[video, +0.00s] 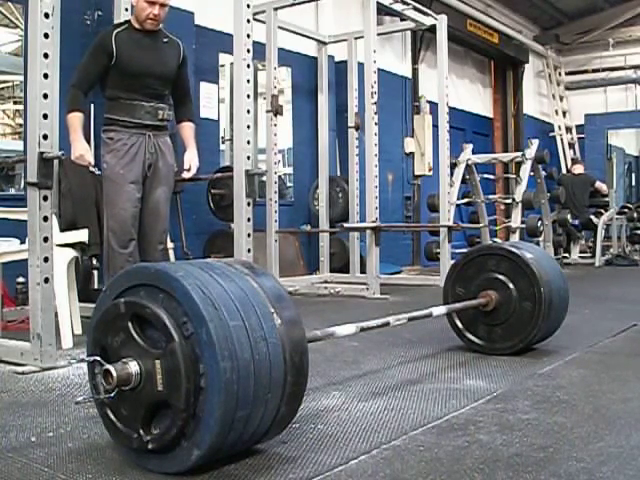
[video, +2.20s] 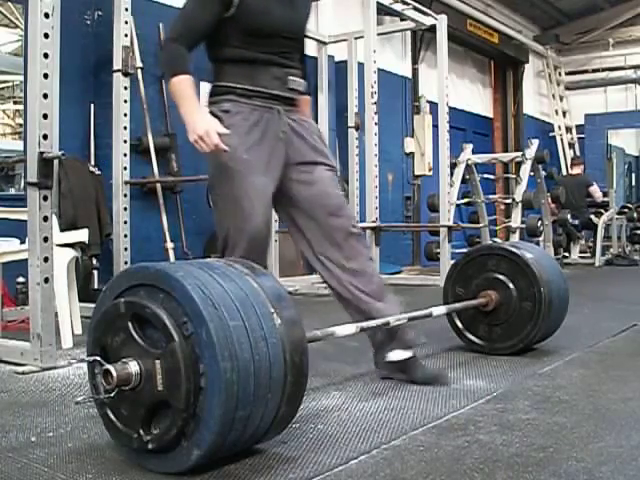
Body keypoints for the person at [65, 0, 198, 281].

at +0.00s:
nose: (156, 11)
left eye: (162, 6)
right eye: (149, 4)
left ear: (167, 9)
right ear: (134, 3)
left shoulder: (175, 48)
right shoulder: (112, 39)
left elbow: (183, 103)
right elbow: (77, 91)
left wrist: (191, 148)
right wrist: (77, 141)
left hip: (162, 143)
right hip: (122, 141)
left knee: (157, 232)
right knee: (122, 230)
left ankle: (159, 305)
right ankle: (121, 306)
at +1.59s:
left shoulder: (211, 23)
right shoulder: (136, 11)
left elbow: (220, 80)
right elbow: (90, 67)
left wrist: (238, 136)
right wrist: (83, 133)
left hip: (186, 128)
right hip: (143, 123)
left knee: (181, 217)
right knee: (166, 207)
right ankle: (144, 294)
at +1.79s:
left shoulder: (238, 17)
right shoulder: (160, 8)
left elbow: (249, 80)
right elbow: (111, 66)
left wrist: (273, 136)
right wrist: (107, 135)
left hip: (218, 127)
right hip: (174, 124)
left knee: (197, 228)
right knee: (209, 220)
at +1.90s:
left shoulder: (253, 10)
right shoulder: (178, 4)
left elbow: (260, 76)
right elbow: (129, 61)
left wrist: (281, 134)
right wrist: (132, 137)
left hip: (237, 125)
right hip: (189, 120)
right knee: (221, 231)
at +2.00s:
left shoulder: (268, 5)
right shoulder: (193, 3)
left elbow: (271, 67)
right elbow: (147, 51)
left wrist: (284, 130)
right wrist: (156, 123)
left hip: (255, 117)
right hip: (205, 115)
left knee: (296, 214)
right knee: (227, 239)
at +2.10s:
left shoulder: (283, 4)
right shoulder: (206, 2)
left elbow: (279, 53)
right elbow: (160, 44)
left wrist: (290, 115)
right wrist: (178, 112)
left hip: (277, 115)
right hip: (225, 112)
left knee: (323, 207)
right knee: (234, 231)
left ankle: (333, 328)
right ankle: (235, 348)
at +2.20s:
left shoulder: (300, 4)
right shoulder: (224, 2)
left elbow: (294, 59)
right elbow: (173, 44)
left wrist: (305, 123)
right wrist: (192, 112)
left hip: (292, 118)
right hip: (241, 114)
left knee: (338, 228)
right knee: (248, 235)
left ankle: (394, 347)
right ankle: (233, 360)